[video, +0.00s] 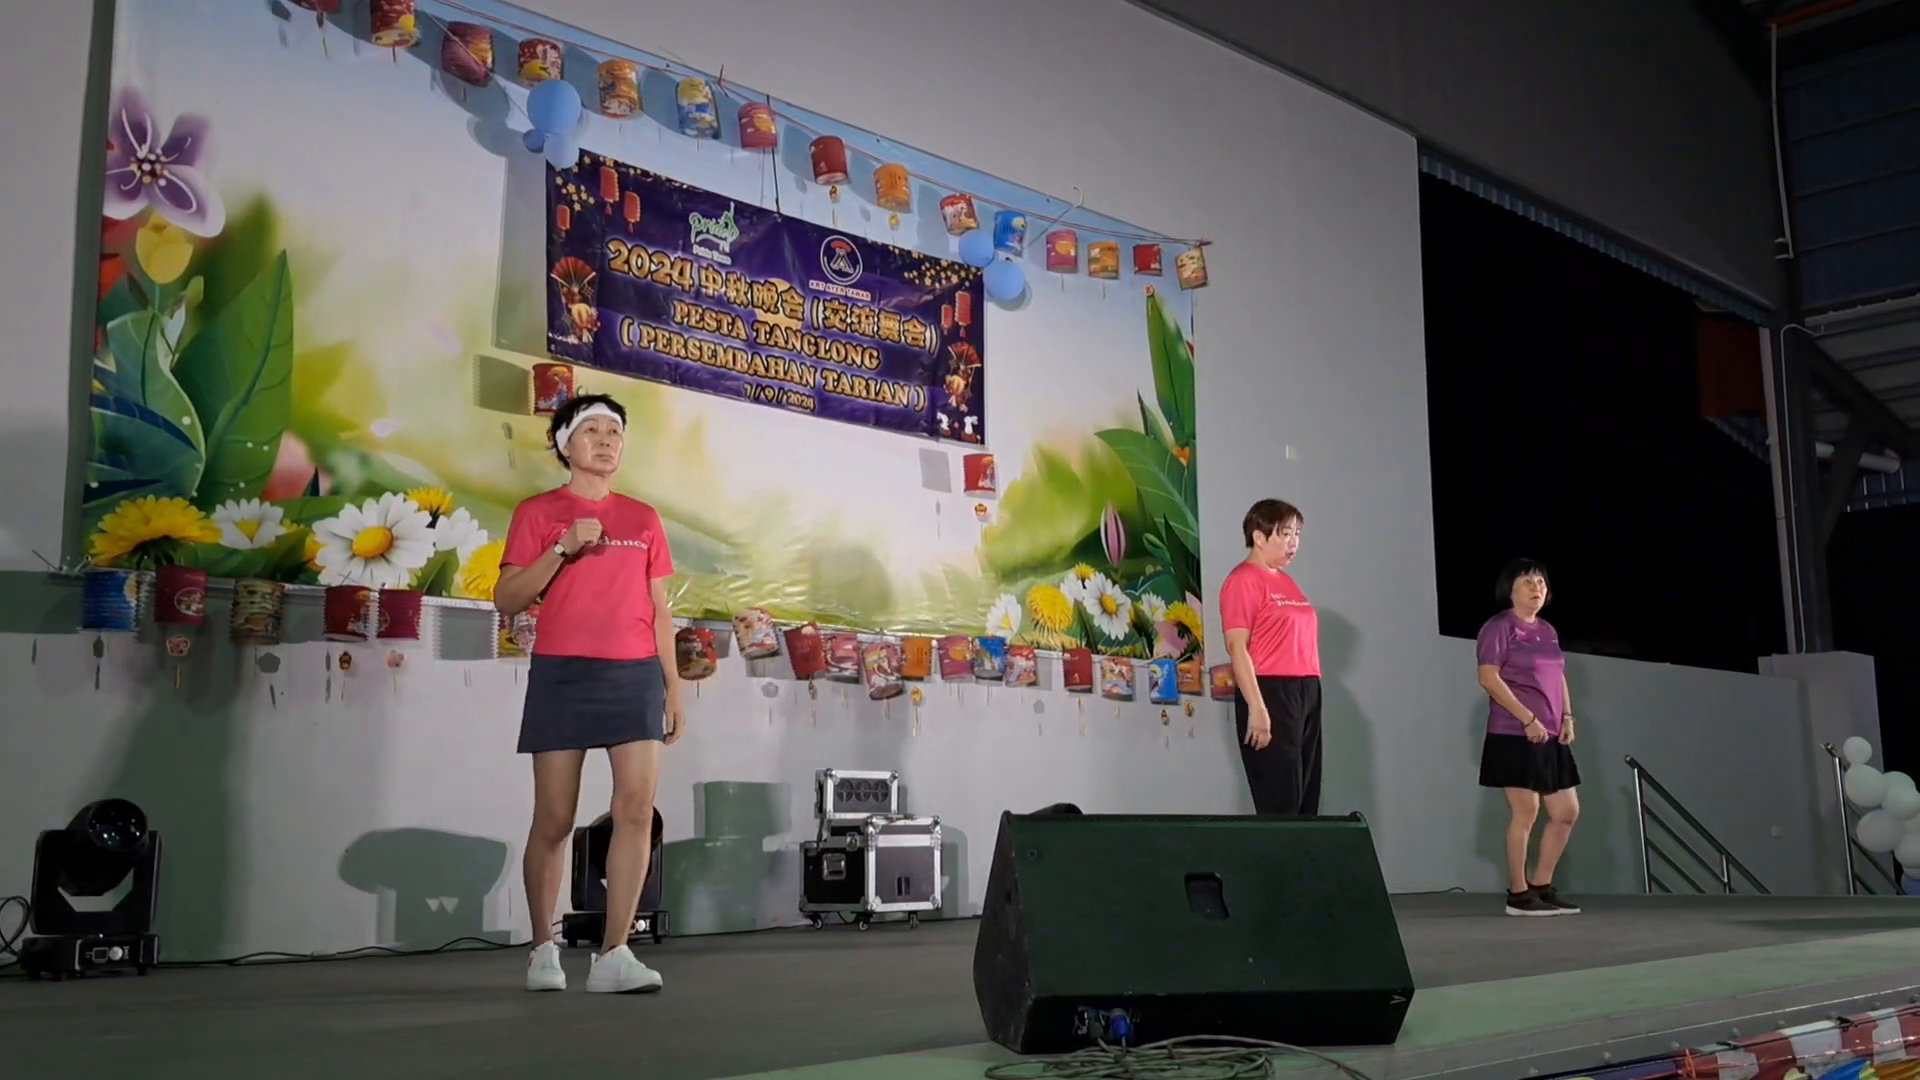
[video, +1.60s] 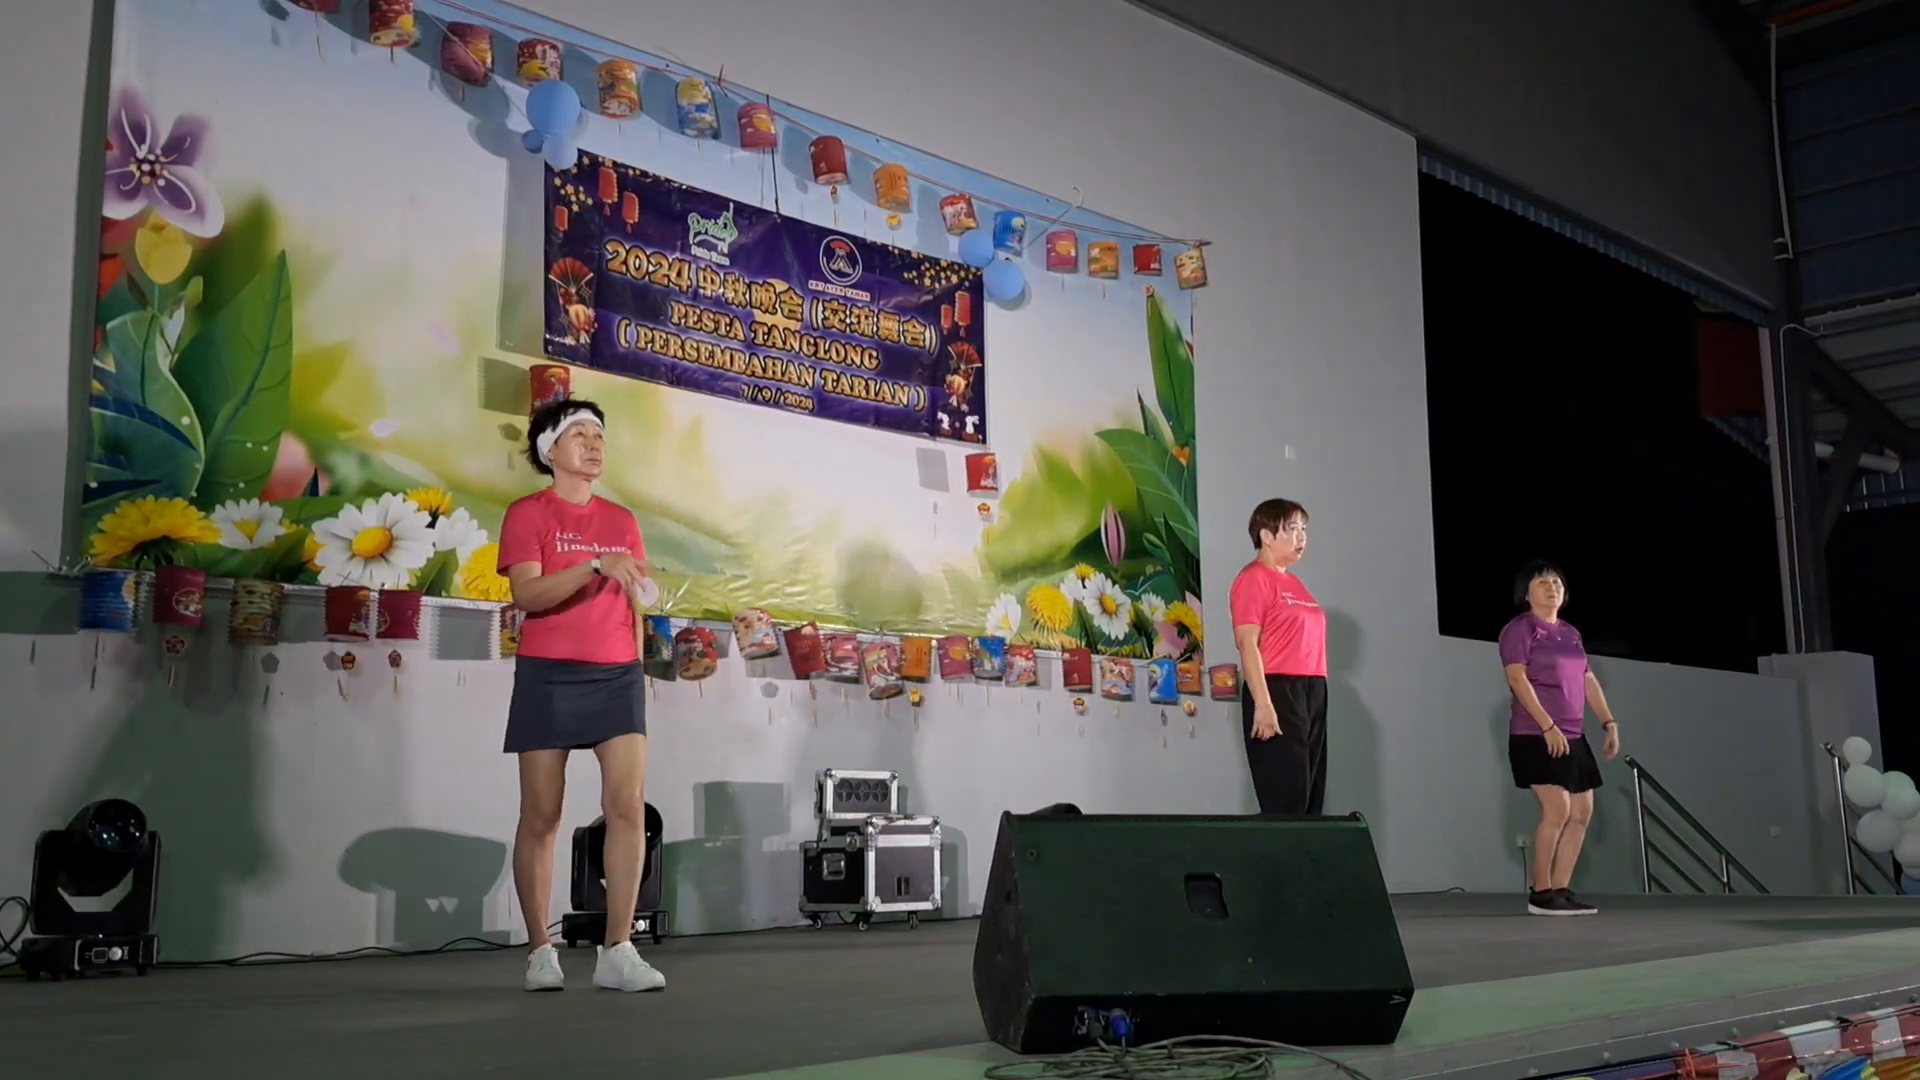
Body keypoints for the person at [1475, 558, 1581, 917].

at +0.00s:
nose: (1536, 588)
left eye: (1541, 582)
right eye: (1527, 583)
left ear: (1546, 590)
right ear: (1511, 590)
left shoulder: (1548, 631)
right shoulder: (1498, 627)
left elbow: (1559, 676)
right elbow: (1488, 678)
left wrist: (1567, 715)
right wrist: (1528, 719)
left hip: (1550, 736)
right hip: (1513, 736)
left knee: (1566, 811)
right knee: (1525, 811)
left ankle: (1541, 888)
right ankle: (1518, 893)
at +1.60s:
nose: (1552, 587)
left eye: (1556, 583)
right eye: (1543, 583)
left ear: (1563, 591)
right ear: (1528, 592)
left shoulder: (1571, 634)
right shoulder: (1518, 630)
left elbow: (1587, 680)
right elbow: (1517, 681)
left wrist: (1608, 722)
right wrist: (1549, 726)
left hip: (1573, 736)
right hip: (1533, 735)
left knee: (1581, 812)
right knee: (1557, 810)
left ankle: (1560, 890)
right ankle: (1541, 891)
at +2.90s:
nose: (1518, 590)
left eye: (1524, 586)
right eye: (1510, 586)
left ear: (1534, 596)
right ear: (1497, 597)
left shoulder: (1547, 635)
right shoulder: (1488, 633)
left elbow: (1561, 684)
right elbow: (1492, 681)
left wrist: (1574, 732)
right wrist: (1529, 715)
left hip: (1557, 739)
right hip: (1512, 741)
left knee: (1562, 815)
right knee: (1514, 816)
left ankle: (1554, 893)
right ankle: (1506, 891)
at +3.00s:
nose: (1533, 592)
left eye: (1536, 587)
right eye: (1524, 587)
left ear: (1543, 595)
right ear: (1508, 596)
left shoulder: (1550, 637)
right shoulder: (1497, 634)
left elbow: (1563, 686)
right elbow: (1504, 680)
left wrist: (1577, 731)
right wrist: (1542, 715)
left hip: (1560, 740)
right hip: (1520, 740)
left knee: (1562, 815)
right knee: (1526, 817)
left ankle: (1553, 893)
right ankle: (1507, 886)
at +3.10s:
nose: (1543, 591)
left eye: (1546, 586)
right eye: (1534, 586)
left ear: (1550, 596)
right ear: (1517, 593)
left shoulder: (1554, 638)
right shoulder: (1507, 631)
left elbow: (1564, 691)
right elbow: (1513, 682)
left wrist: (1580, 735)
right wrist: (1548, 722)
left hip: (1561, 737)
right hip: (1525, 736)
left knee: (1564, 813)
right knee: (1544, 812)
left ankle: (1553, 892)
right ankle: (1513, 877)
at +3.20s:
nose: (1552, 590)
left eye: (1553, 585)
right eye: (1543, 584)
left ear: (1555, 596)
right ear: (1524, 592)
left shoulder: (1554, 638)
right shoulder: (1514, 629)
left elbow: (1563, 694)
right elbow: (1519, 682)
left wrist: (1580, 734)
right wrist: (1545, 729)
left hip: (1561, 736)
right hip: (1528, 735)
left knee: (1564, 816)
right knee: (1555, 811)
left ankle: (1554, 891)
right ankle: (1524, 883)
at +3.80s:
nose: (1555, 585)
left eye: (1555, 580)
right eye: (1546, 580)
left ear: (1557, 590)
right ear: (1528, 588)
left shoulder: (1561, 633)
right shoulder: (1517, 627)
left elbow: (1570, 686)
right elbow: (1517, 680)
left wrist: (1586, 729)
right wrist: (1546, 726)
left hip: (1568, 735)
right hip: (1532, 734)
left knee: (1567, 813)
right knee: (1538, 811)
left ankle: (1556, 890)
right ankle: (1540, 892)